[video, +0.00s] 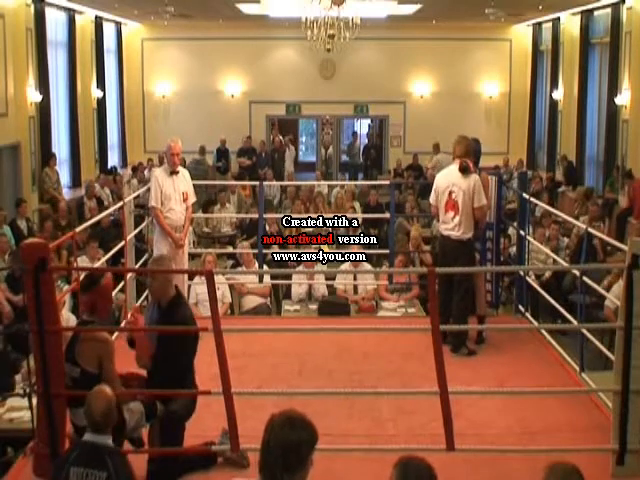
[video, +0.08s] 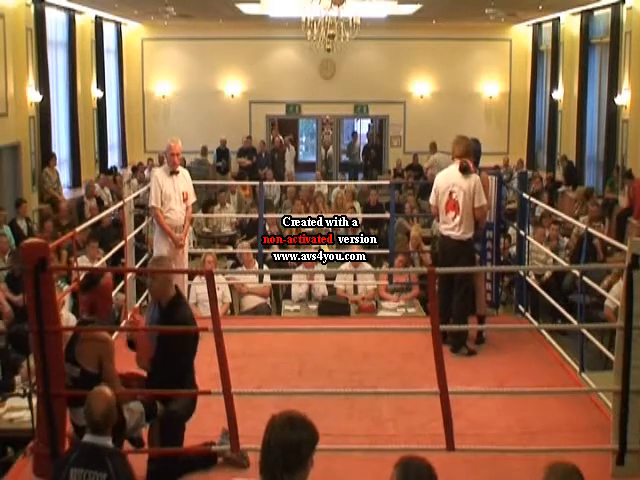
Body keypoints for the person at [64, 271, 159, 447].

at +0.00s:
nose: (113, 301)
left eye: (111, 294)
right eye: (109, 295)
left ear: (84, 299)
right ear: (97, 299)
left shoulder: (76, 333)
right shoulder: (102, 340)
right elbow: (114, 391)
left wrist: (126, 387)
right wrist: (137, 395)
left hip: (75, 412)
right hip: (93, 415)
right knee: (150, 406)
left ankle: (132, 431)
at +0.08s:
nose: (113, 300)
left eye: (111, 294)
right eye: (109, 294)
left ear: (84, 298)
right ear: (99, 299)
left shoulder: (75, 332)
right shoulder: (102, 339)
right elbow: (115, 390)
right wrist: (138, 395)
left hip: (75, 411)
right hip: (93, 414)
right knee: (150, 407)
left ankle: (133, 431)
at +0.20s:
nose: (113, 300)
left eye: (111, 294)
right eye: (109, 295)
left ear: (84, 298)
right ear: (99, 299)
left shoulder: (76, 332)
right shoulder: (102, 339)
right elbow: (115, 391)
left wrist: (126, 385)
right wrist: (138, 395)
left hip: (75, 411)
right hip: (94, 415)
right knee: (150, 407)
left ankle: (132, 431)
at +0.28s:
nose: (113, 301)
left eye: (111, 295)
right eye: (110, 295)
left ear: (84, 299)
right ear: (101, 300)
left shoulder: (73, 332)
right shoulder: (103, 339)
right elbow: (116, 390)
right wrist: (138, 395)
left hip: (75, 412)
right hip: (94, 415)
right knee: (150, 407)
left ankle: (132, 430)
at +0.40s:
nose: (113, 301)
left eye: (111, 295)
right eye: (109, 295)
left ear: (85, 298)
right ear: (100, 299)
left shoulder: (77, 331)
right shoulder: (104, 338)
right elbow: (117, 389)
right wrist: (138, 395)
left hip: (75, 412)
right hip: (94, 415)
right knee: (151, 407)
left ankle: (132, 430)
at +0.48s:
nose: (113, 301)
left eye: (111, 295)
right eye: (109, 295)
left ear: (86, 298)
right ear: (98, 299)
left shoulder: (78, 329)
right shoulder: (104, 337)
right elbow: (117, 386)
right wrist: (137, 396)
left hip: (76, 412)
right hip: (93, 416)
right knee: (150, 407)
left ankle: (132, 430)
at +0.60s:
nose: (113, 300)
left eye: (112, 294)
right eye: (110, 294)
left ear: (85, 299)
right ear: (99, 299)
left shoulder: (79, 330)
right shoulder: (104, 337)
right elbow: (117, 388)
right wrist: (138, 395)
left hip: (76, 412)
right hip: (94, 416)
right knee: (150, 406)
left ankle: (133, 430)